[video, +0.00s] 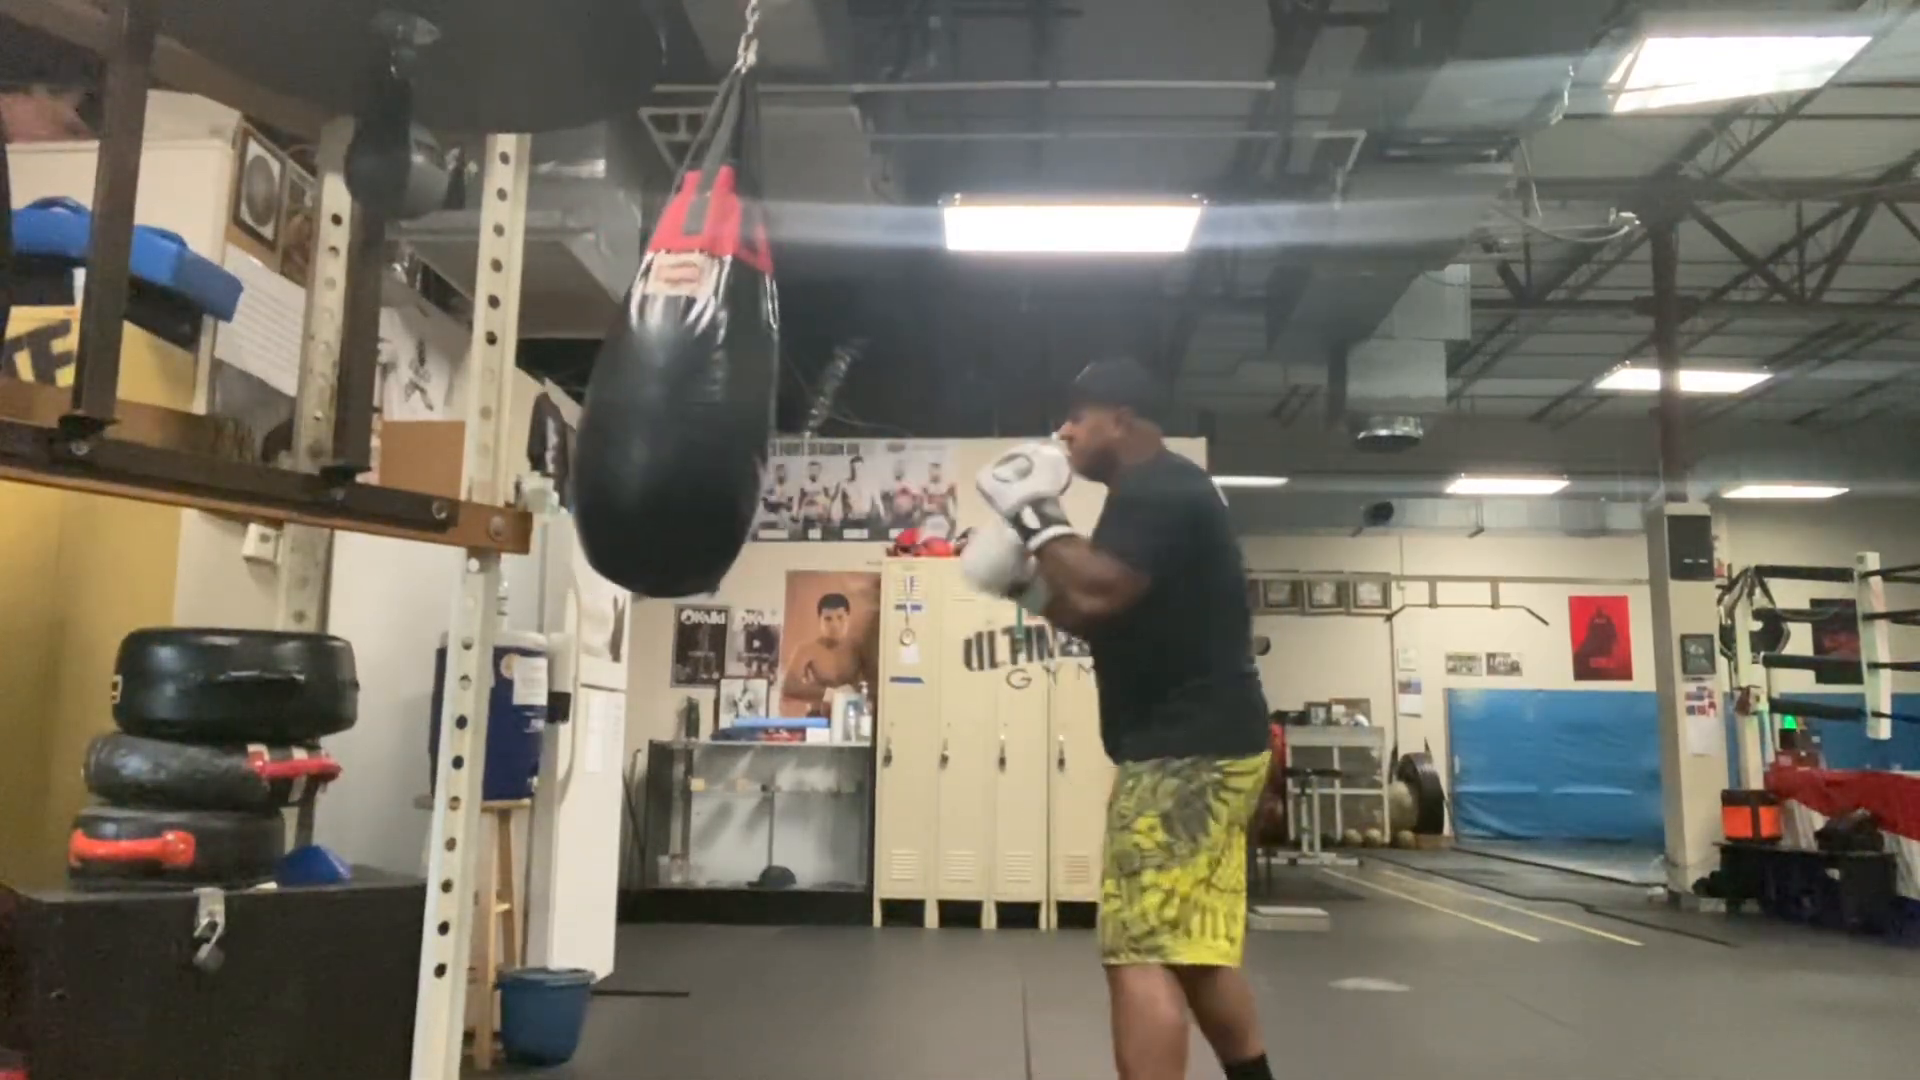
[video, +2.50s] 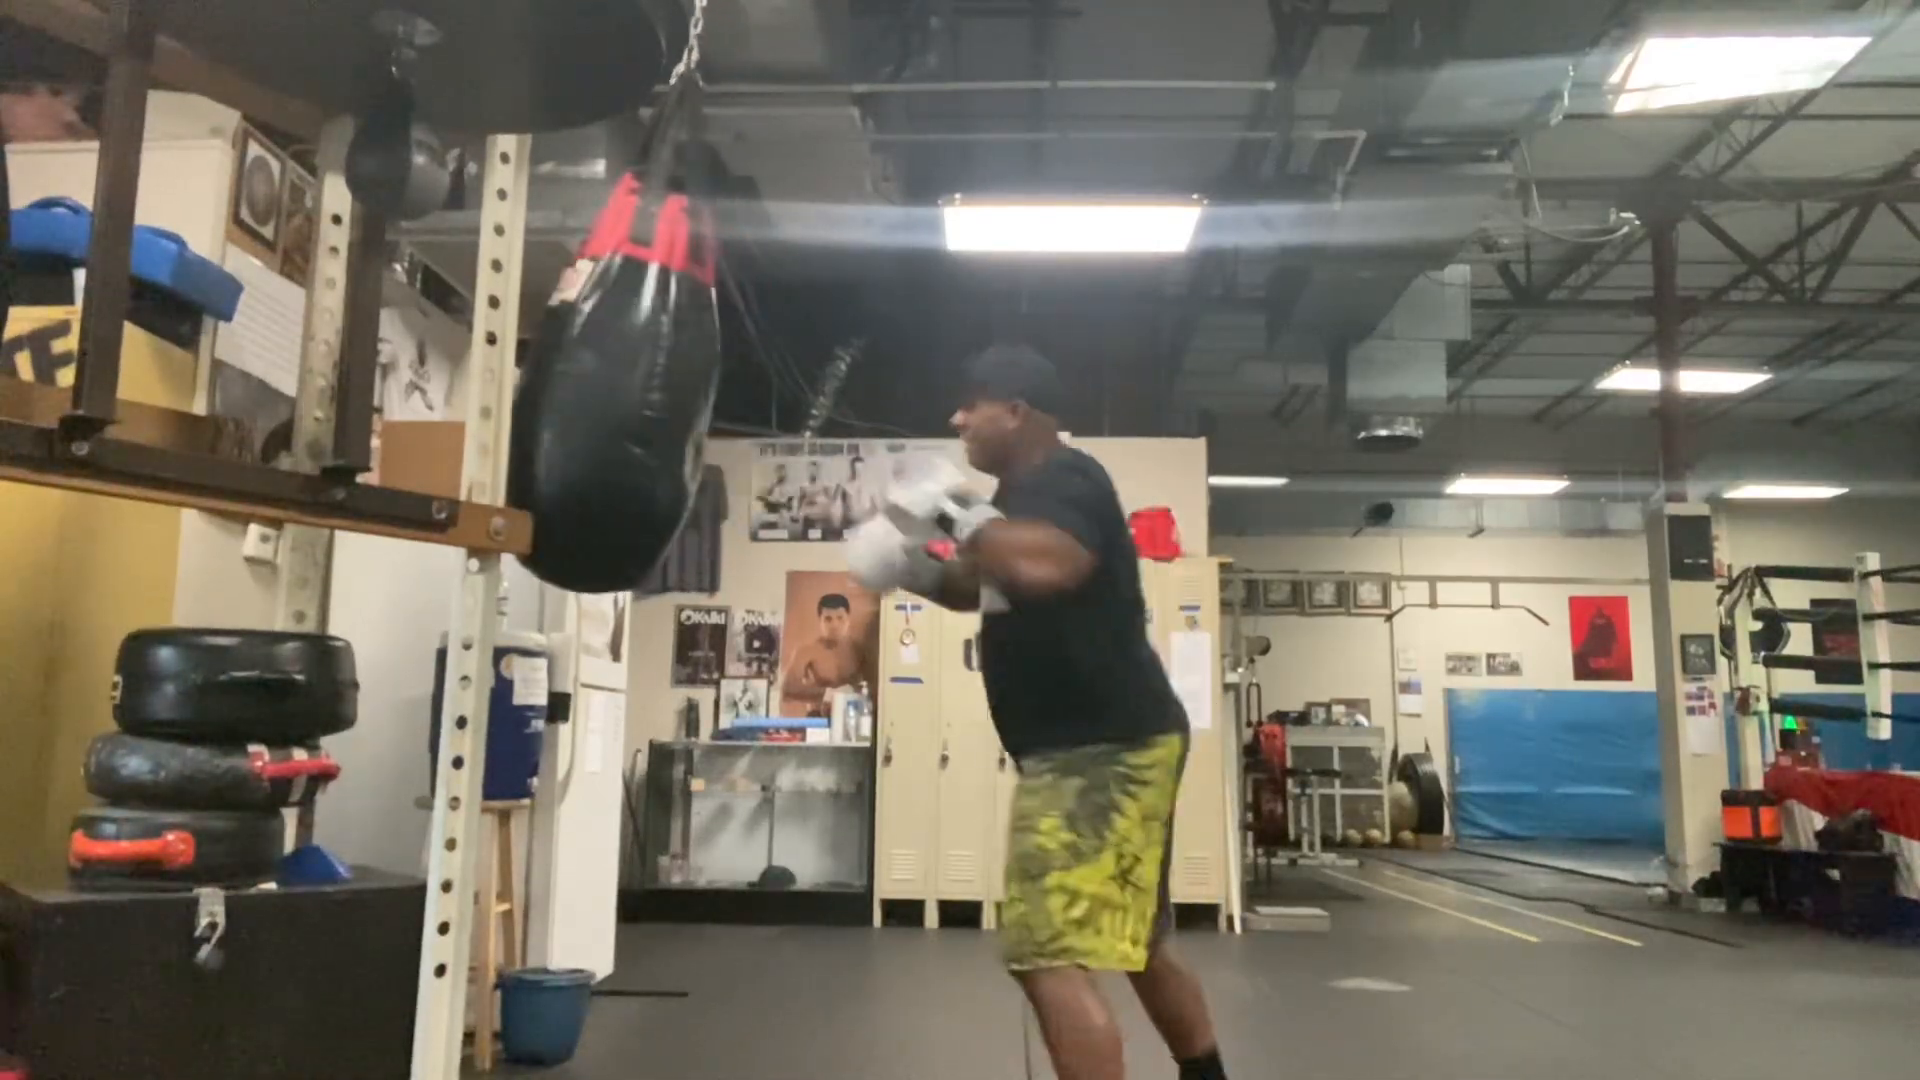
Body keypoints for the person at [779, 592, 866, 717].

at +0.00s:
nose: (835, 624)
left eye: (840, 617)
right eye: (828, 618)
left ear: (848, 619)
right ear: (819, 620)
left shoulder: (856, 652)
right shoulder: (806, 651)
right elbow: (789, 688)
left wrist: (817, 686)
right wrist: (827, 694)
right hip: (819, 716)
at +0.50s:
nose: (835, 625)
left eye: (840, 617)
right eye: (828, 619)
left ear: (848, 619)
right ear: (819, 620)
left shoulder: (856, 651)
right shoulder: (806, 651)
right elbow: (789, 688)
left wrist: (816, 686)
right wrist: (828, 694)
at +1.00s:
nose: (834, 625)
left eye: (840, 618)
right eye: (828, 619)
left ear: (848, 620)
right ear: (819, 620)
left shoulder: (859, 650)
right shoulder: (806, 652)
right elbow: (789, 687)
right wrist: (825, 692)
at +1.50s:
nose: (834, 624)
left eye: (840, 618)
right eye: (828, 618)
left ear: (848, 620)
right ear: (819, 621)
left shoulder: (857, 651)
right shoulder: (806, 652)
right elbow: (788, 687)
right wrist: (824, 692)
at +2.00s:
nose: (834, 625)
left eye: (840, 618)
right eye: (828, 618)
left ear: (848, 620)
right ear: (819, 621)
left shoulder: (858, 652)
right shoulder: (806, 652)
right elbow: (789, 688)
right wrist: (826, 693)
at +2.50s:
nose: (834, 625)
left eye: (840, 618)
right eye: (828, 619)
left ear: (848, 620)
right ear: (819, 621)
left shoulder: (858, 652)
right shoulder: (806, 652)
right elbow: (789, 688)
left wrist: (816, 687)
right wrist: (827, 693)